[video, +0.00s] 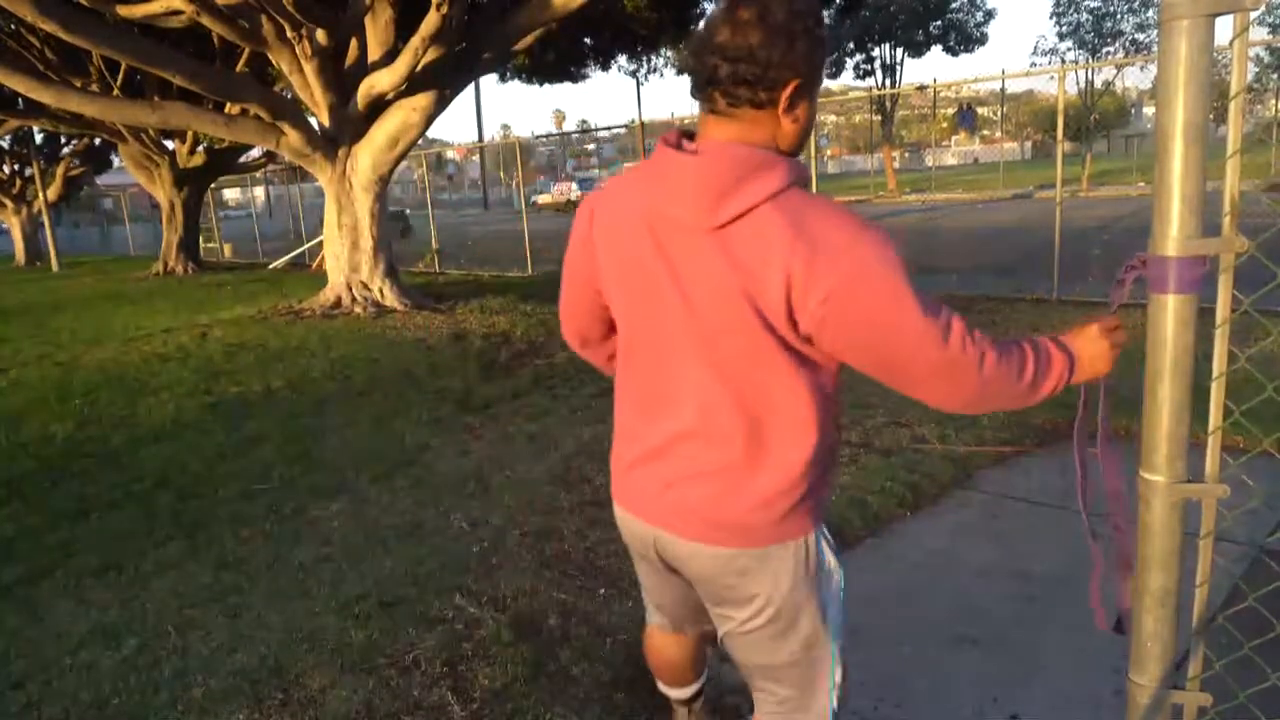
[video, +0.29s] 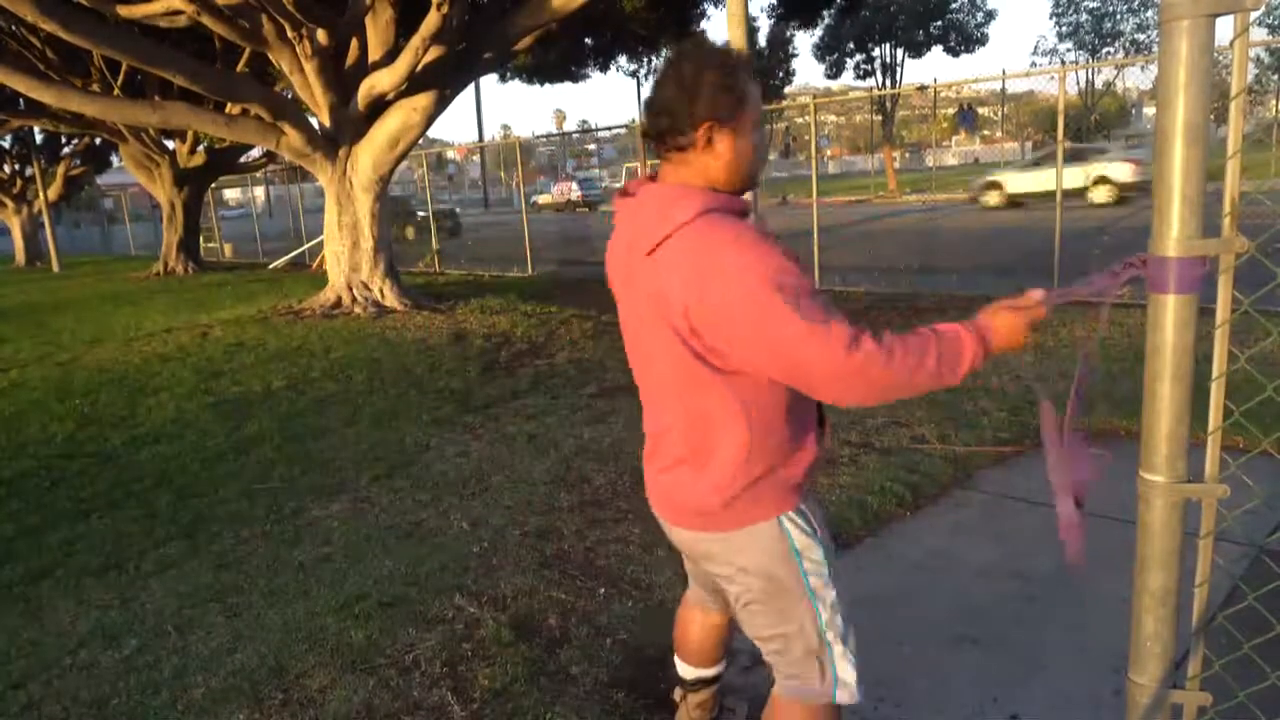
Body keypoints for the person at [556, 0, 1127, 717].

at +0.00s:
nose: (814, 118)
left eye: (815, 100)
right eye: (816, 103)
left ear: (704, 83)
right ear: (792, 103)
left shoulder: (613, 202)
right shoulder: (815, 237)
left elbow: (586, 329)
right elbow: (955, 373)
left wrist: (659, 366)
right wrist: (1069, 357)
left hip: (639, 502)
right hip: (752, 528)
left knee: (671, 622)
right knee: (792, 696)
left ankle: (681, 712)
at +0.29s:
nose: (762, 147)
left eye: (760, 129)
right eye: (755, 130)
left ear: (679, 137)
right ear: (710, 136)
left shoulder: (636, 229)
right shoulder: (719, 254)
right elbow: (847, 368)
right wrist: (978, 337)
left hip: (681, 485)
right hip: (747, 500)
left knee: (709, 596)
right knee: (812, 679)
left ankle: (693, 706)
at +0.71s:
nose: (706, 142)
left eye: (703, 129)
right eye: (693, 130)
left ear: (645, 143)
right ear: (644, 142)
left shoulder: (660, 211)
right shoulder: (664, 216)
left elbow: (750, 314)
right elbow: (769, 288)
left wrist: (835, 309)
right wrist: (834, 257)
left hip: (689, 454)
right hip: (728, 457)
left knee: (701, 577)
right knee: (781, 618)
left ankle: (692, 705)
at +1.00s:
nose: (718, 143)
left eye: (716, 130)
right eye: (706, 131)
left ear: (662, 140)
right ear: (659, 140)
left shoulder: (685, 204)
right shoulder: (664, 206)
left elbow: (792, 278)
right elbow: (789, 217)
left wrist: (870, 215)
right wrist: (845, 156)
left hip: (711, 438)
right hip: (733, 442)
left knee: (708, 581)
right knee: (799, 617)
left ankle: (694, 705)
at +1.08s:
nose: (733, 145)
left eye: (731, 132)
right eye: (721, 133)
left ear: (677, 138)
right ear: (673, 140)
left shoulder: (701, 205)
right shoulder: (678, 207)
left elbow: (800, 266)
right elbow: (797, 205)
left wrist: (879, 189)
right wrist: (861, 132)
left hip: (730, 440)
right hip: (745, 446)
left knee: (716, 581)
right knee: (808, 623)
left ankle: (695, 704)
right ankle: (846, 719)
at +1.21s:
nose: (770, 151)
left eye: (769, 138)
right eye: (758, 140)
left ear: (714, 144)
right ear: (711, 144)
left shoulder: (725, 205)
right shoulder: (705, 210)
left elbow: (834, 231)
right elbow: (811, 189)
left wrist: (882, 136)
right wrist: (849, 92)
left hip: (751, 447)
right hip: (778, 454)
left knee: (735, 586)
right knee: (830, 643)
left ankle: (700, 704)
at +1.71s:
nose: (934, 133)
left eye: (934, 115)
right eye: (920, 118)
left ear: (874, 121)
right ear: (860, 121)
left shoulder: (894, 191)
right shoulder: (846, 202)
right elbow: (764, 332)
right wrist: (784, 185)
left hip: (892, 462)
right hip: (857, 472)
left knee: (877, 639)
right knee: (873, 658)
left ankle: (878, 707)